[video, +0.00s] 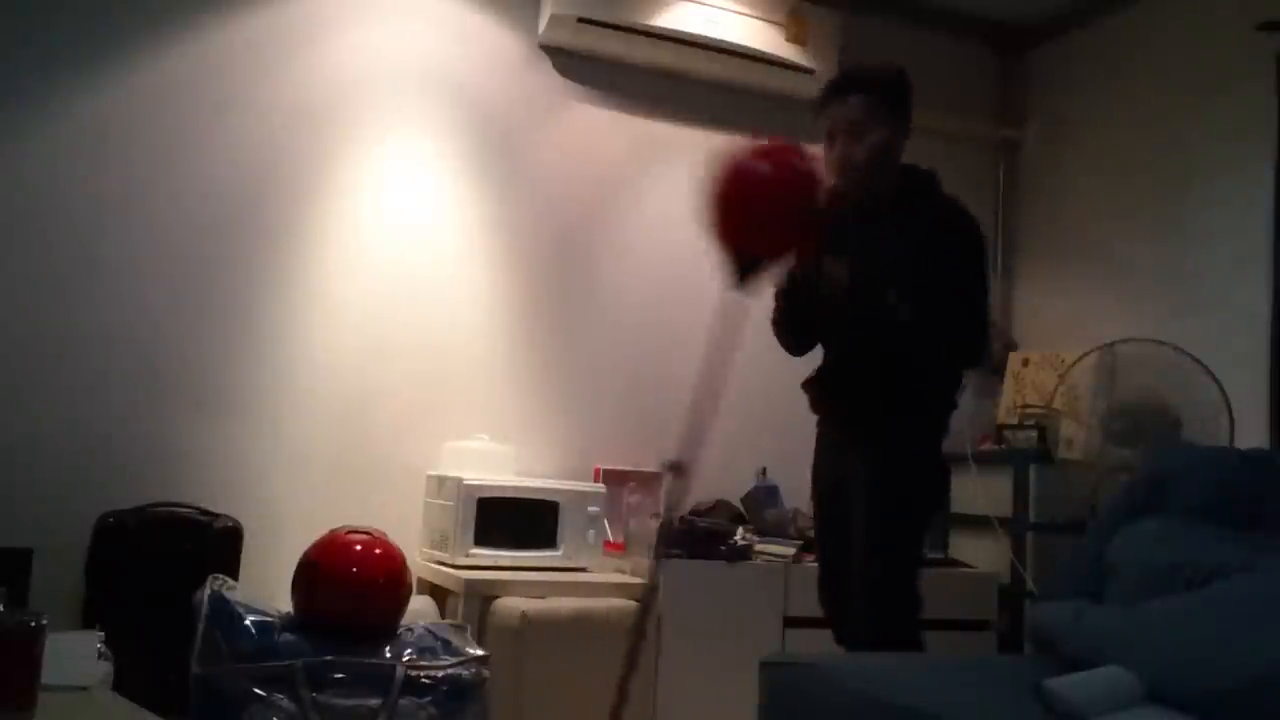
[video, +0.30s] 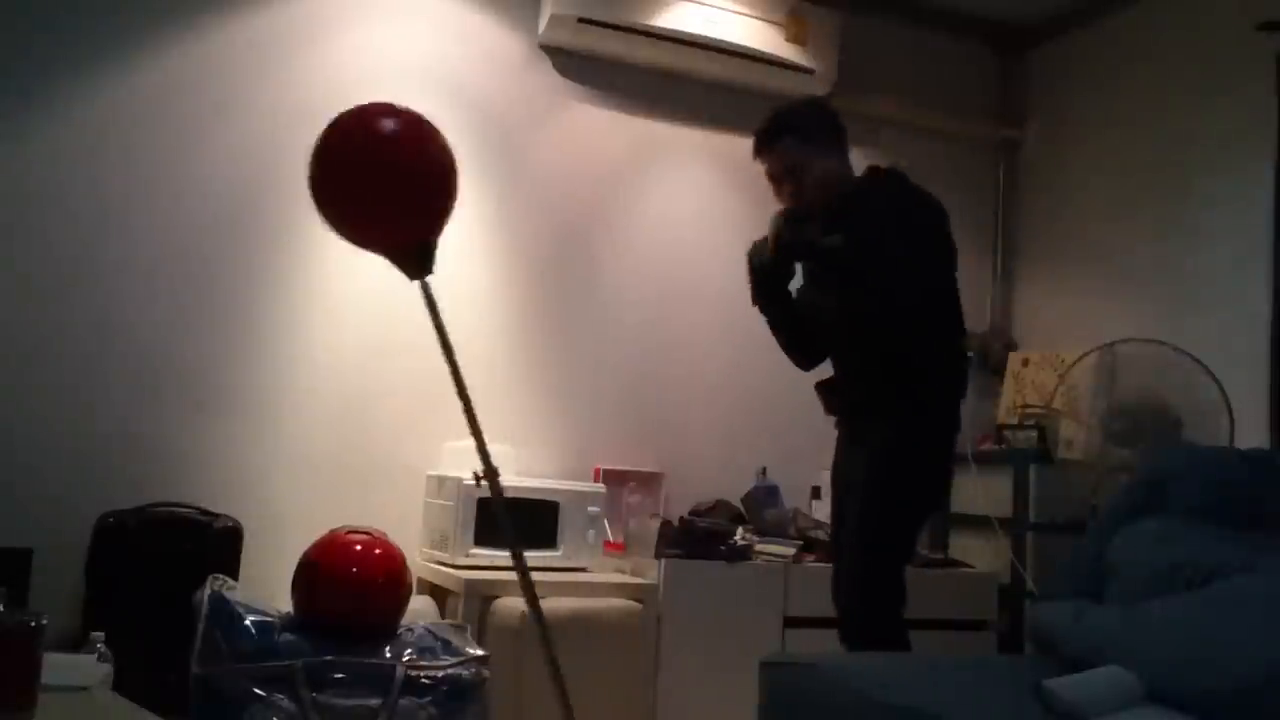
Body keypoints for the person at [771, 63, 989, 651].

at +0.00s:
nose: (841, 151)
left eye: (858, 134)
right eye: (831, 136)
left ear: (896, 136)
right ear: (823, 140)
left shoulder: (944, 222)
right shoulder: (833, 218)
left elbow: (966, 342)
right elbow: (794, 335)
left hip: (906, 428)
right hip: (841, 427)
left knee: (885, 603)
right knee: (841, 601)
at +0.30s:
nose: (784, 193)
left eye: (790, 176)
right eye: (775, 182)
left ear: (825, 158)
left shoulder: (895, 208)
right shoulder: (819, 233)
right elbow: (805, 348)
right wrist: (767, 277)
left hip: (905, 429)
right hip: (867, 427)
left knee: (866, 599)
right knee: (862, 598)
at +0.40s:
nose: (771, 189)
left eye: (778, 170)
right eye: (762, 178)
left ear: (816, 151)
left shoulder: (878, 192)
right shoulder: (824, 237)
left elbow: (862, 258)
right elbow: (816, 351)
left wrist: (767, 234)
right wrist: (766, 298)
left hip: (911, 424)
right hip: (869, 428)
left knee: (872, 605)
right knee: (865, 605)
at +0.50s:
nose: (764, 179)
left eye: (771, 161)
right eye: (757, 166)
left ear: (809, 141)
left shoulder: (863, 181)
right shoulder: (837, 219)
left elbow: (778, 215)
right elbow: (839, 356)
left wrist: (676, 191)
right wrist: (773, 314)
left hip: (904, 425)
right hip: (881, 425)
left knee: (860, 609)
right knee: (859, 609)